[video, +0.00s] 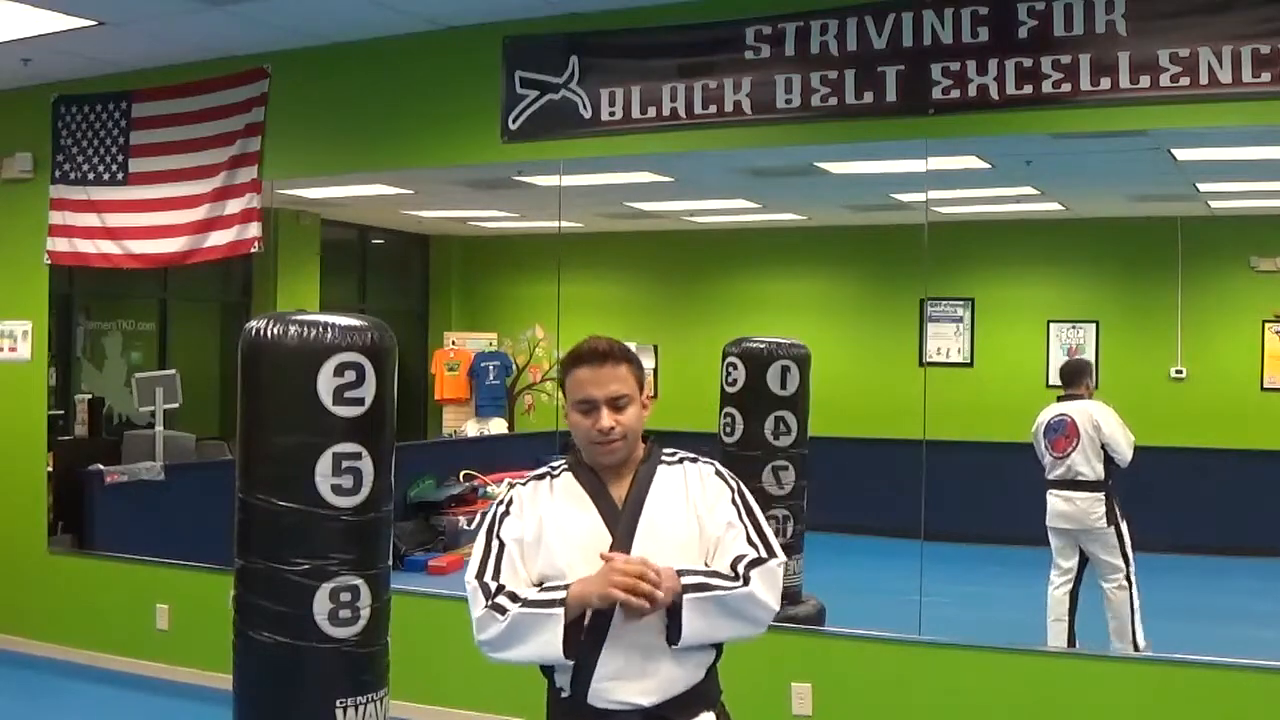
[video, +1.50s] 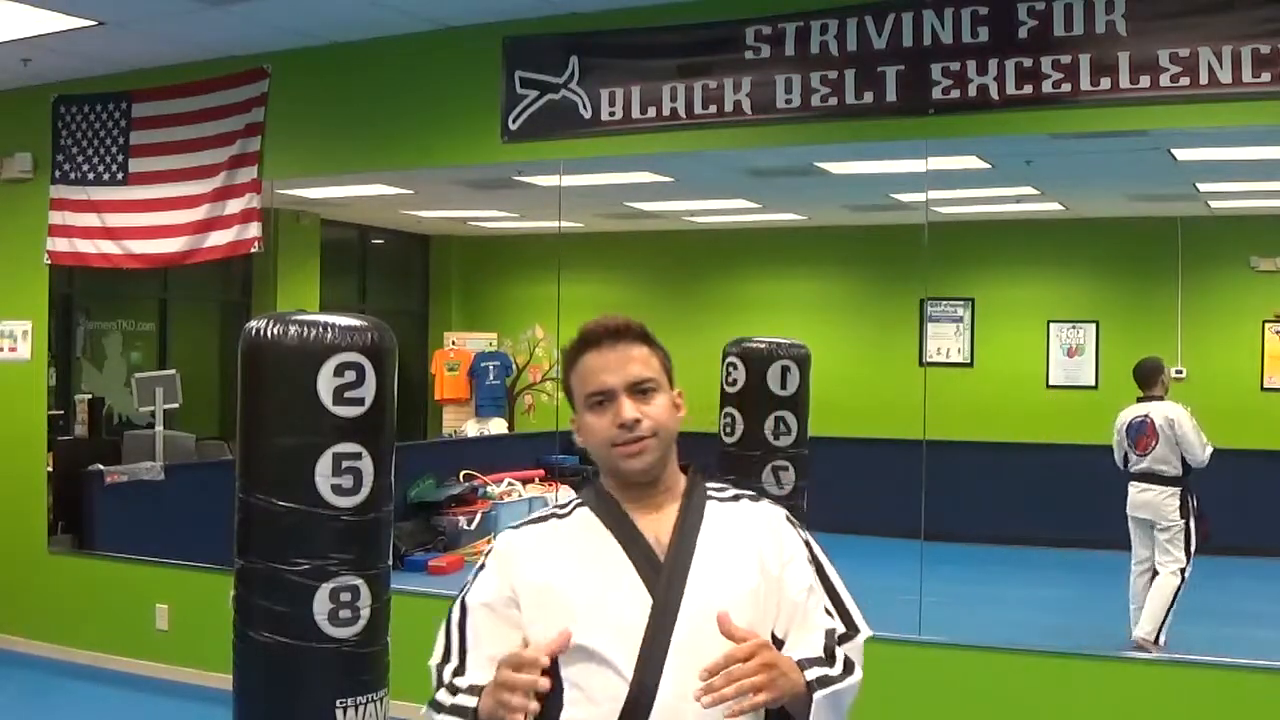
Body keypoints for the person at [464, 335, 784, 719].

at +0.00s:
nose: (605, 423)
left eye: (618, 404)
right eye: (587, 408)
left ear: (646, 401)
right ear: (566, 412)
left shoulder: (706, 484)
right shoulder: (525, 502)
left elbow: (762, 592)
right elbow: (493, 620)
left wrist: (675, 588)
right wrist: (583, 593)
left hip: (688, 706)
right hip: (578, 708)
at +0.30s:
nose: (649, 429)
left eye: (666, 413)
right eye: (632, 411)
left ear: (690, 417)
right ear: (607, 413)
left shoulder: (743, 507)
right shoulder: (550, 504)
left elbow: (785, 630)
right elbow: (506, 627)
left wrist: (690, 606)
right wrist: (603, 601)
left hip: (700, 711)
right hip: (585, 710)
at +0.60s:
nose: (705, 430)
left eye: (726, 413)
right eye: (690, 408)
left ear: (755, 419)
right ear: (668, 408)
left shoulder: (795, 516)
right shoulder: (601, 491)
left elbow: (820, 661)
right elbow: (525, 606)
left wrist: (707, 610)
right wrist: (620, 593)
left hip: (729, 711)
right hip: (614, 709)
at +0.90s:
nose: (710, 434)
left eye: (732, 414)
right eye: (694, 414)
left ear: (770, 417)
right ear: (676, 415)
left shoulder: (822, 518)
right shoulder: (623, 501)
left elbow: (852, 670)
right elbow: (557, 619)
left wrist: (720, 645)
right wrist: (627, 641)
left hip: (762, 717)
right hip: (637, 715)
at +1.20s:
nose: (696, 431)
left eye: (716, 408)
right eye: (675, 413)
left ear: (751, 411)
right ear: (652, 421)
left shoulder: (818, 531)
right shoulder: (593, 525)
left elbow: (863, 681)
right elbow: (529, 652)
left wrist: (748, 675)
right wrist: (591, 672)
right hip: (619, 719)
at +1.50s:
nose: (627, 415)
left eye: (642, 391)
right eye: (601, 402)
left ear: (677, 406)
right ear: (578, 428)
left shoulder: (766, 531)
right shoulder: (522, 553)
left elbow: (841, 659)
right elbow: (452, 699)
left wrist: (794, 678)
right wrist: (487, 703)